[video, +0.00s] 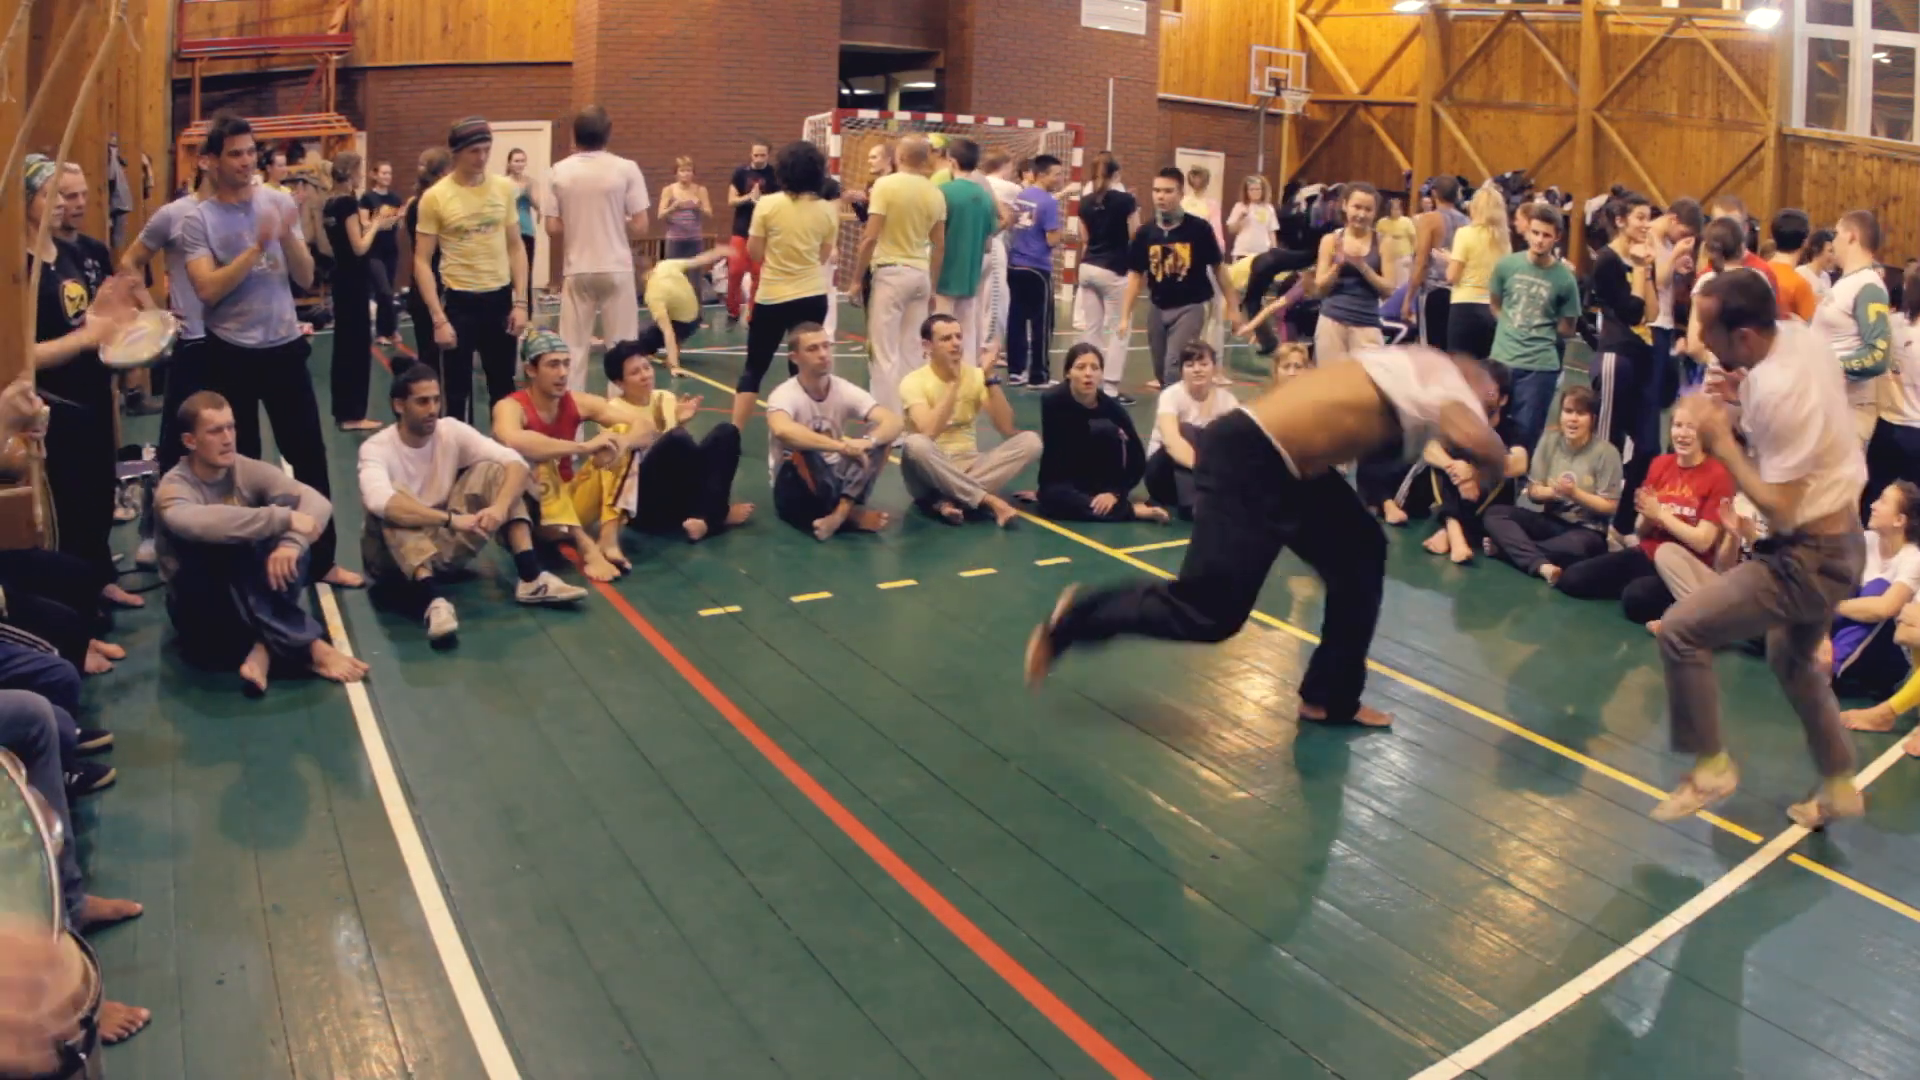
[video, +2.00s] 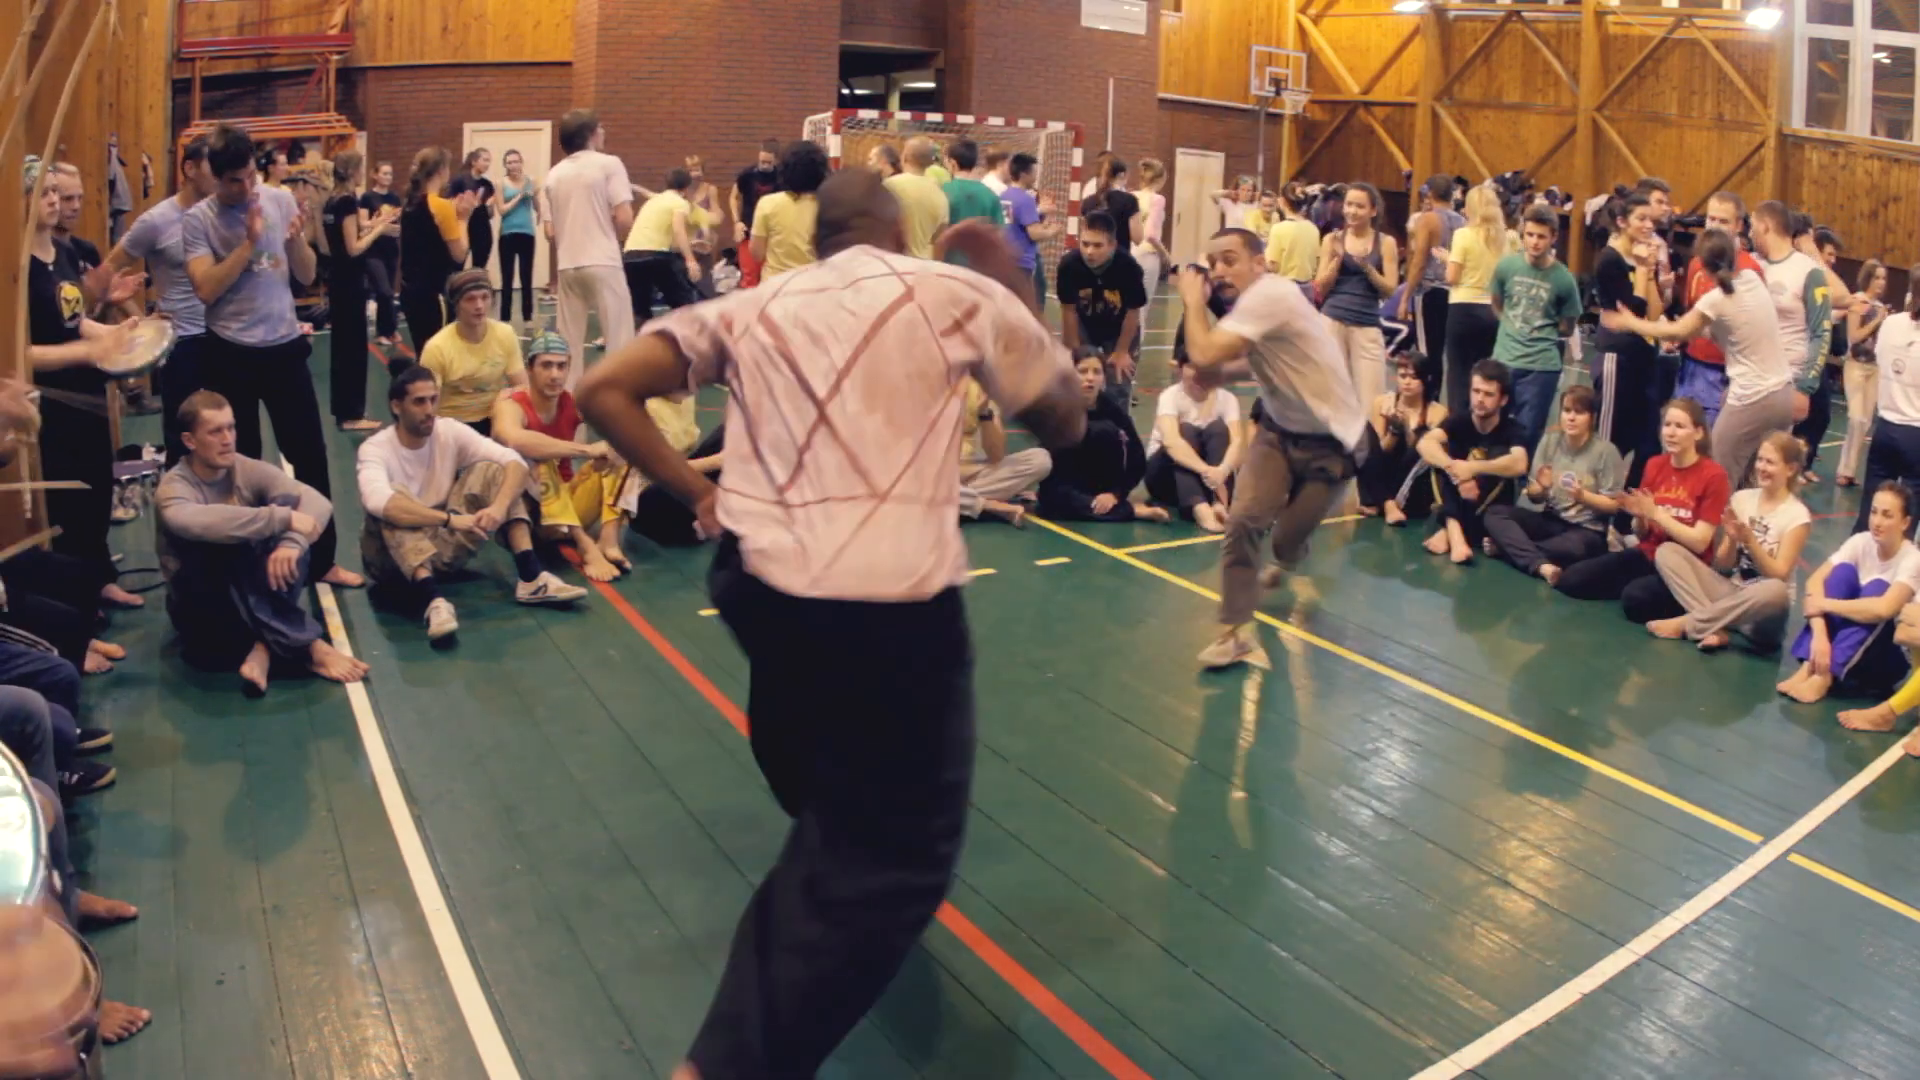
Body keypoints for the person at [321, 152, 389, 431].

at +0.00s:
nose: (366, 175)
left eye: (364, 169)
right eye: (363, 170)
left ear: (339, 172)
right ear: (353, 173)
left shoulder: (330, 204)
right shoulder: (348, 204)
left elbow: (341, 245)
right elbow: (359, 246)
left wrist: (371, 223)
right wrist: (375, 224)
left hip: (341, 276)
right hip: (355, 279)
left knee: (346, 341)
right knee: (357, 343)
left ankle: (344, 411)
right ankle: (352, 415)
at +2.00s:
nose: (367, 175)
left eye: (366, 170)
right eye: (364, 170)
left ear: (340, 170)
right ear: (354, 172)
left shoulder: (330, 202)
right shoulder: (347, 202)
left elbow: (342, 244)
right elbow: (353, 247)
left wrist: (371, 225)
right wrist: (379, 228)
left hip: (339, 277)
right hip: (350, 279)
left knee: (345, 340)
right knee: (354, 342)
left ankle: (345, 410)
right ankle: (350, 415)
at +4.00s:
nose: (370, 174)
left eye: (369, 168)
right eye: (367, 169)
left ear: (343, 172)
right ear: (356, 172)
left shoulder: (335, 203)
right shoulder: (354, 203)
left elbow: (351, 241)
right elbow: (362, 247)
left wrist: (375, 225)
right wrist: (388, 229)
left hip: (344, 281)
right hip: (359, 283)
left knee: (349, 344)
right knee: (361, 346)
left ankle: (346, 411)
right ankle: (355, 414)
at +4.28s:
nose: (369, 174)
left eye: (368, 168)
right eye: (366, 169)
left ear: (343, 171)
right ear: (358, 172)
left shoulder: (335, 203)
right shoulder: (354, 204)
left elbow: (345, 243)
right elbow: (361, 248)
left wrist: (370, 228)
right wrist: (380, 231)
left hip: (342, 280)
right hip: (358, 282)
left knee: (348, 343)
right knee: (361, 345)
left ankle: (346, 411)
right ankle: (356, 414)